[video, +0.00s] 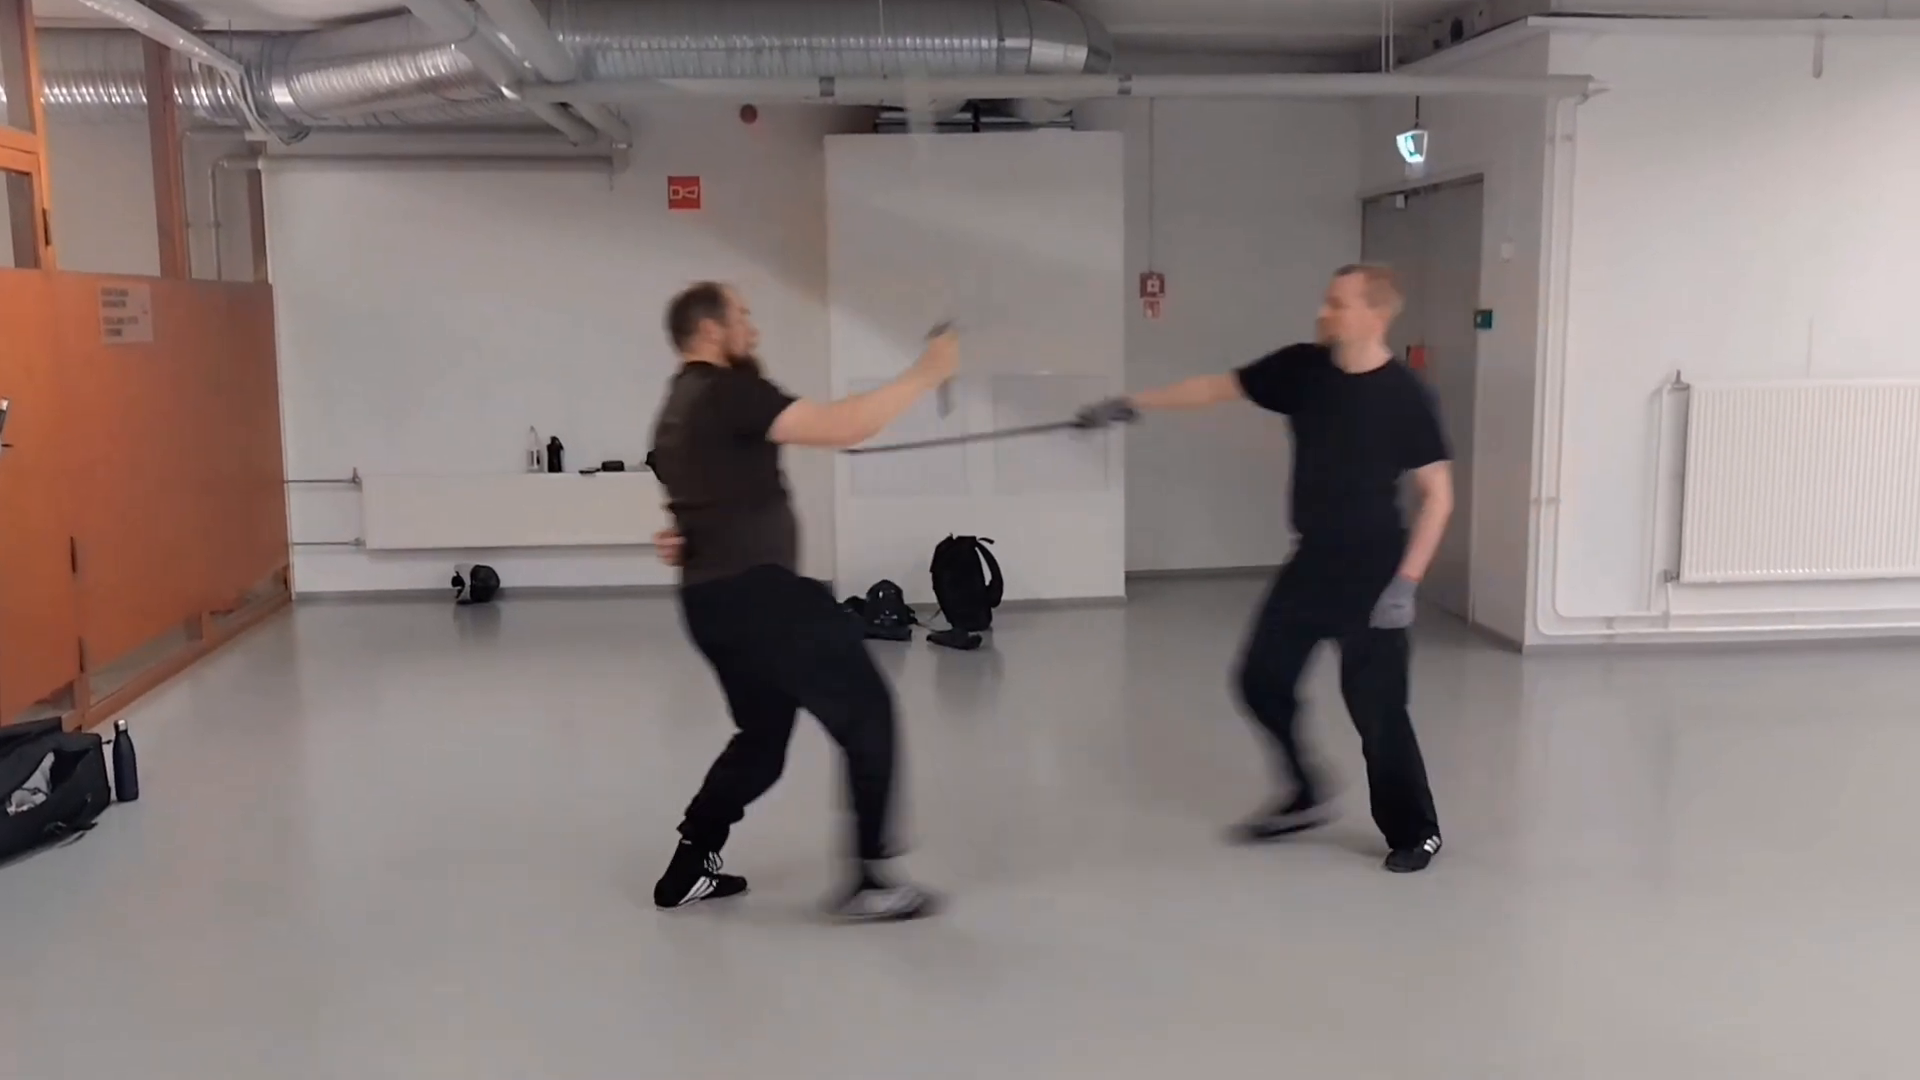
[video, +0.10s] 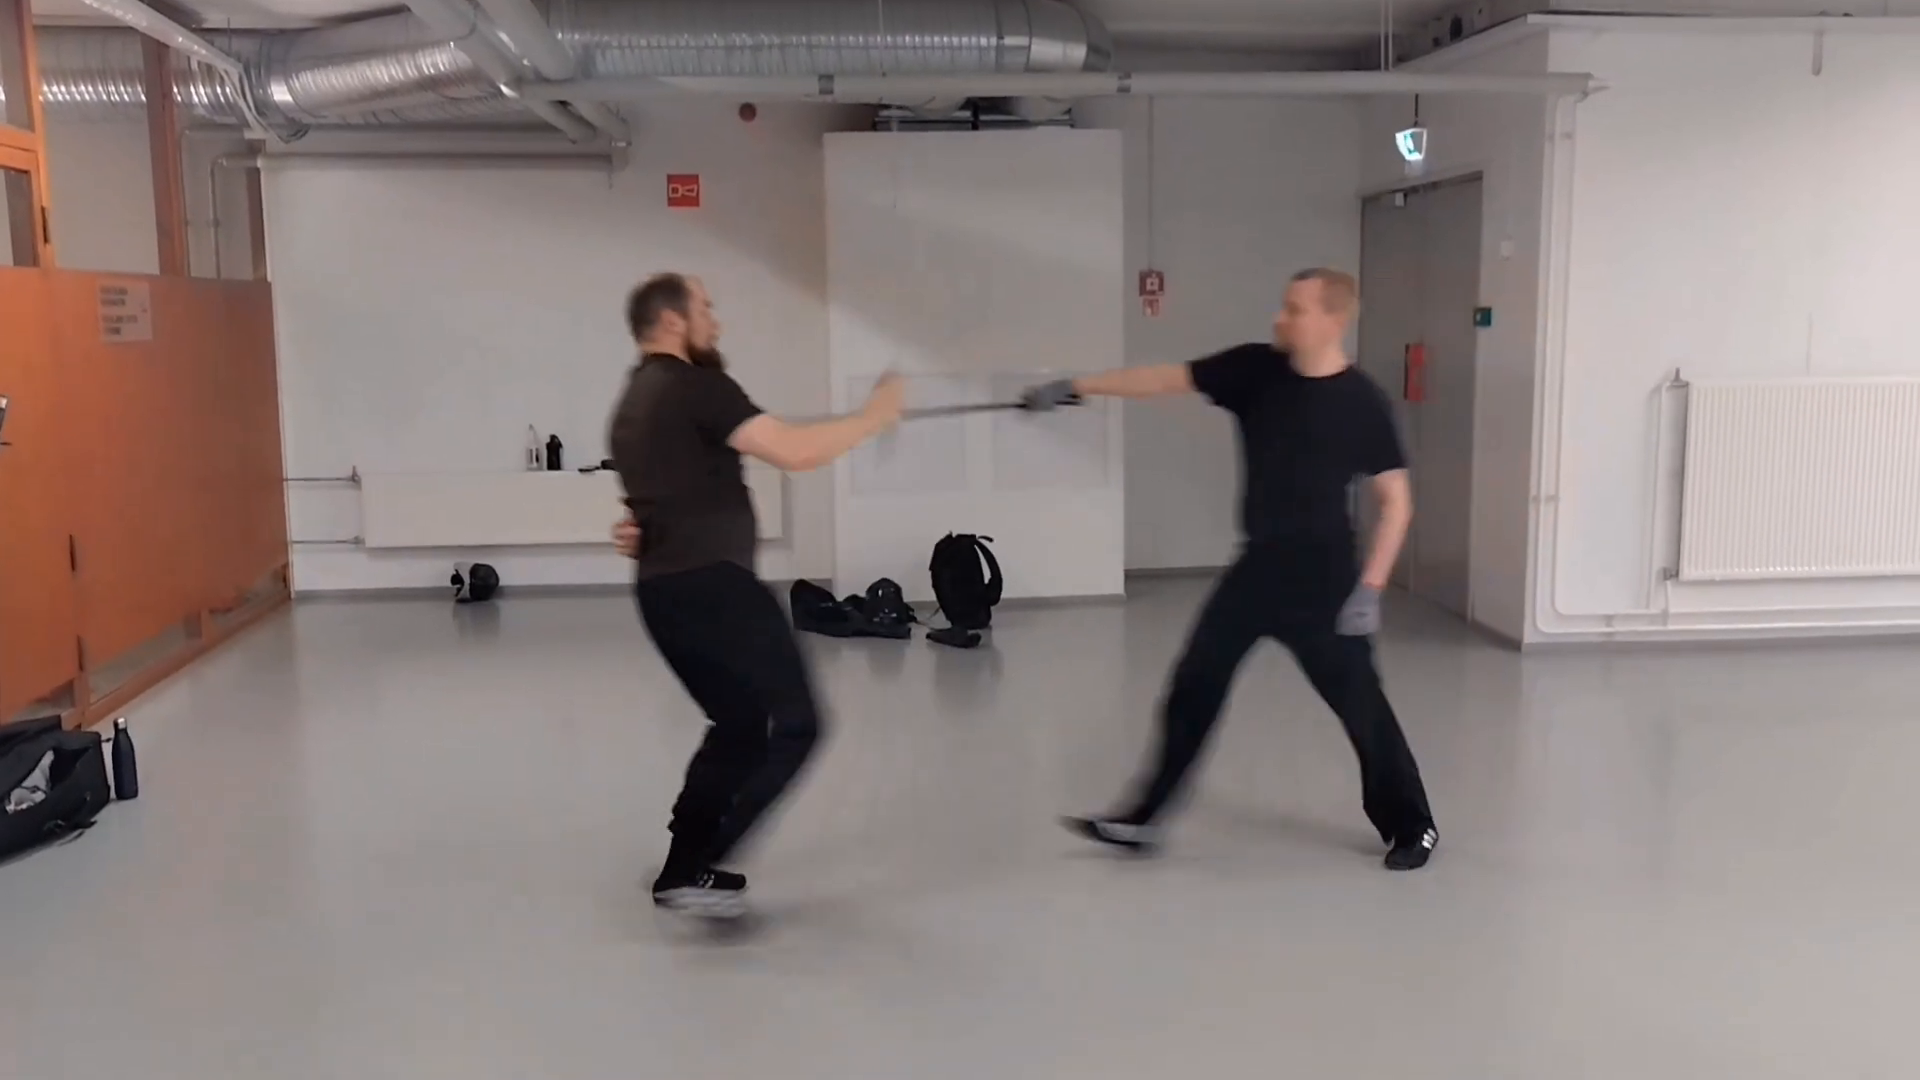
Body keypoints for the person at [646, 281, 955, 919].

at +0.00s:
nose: (754, 331)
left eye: (749, 318)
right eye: (743, 319)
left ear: (694, 336)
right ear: (709, 331)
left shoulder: (680, 403)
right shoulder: (731, 392)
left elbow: (710, 498)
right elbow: (847, 426)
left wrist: (690, 537)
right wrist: (924, 374)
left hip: (715, 601)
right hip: (766, 594)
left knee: (760, 745)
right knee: (865, 709)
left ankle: (687, 871)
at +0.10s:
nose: (716, 324)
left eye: (712, 309)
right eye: (706, 311)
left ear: (654, 328)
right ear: (673, 322)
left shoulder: (636, 397)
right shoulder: (696, 385)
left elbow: (660, 498)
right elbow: (794, 450)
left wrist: (644, 529)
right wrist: (872, 418)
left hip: (667, 592)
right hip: (715, 585)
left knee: (739, 720)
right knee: (794, 722)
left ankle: (685, 869)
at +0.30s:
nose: (658, 339)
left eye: (653, 326)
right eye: (649, 327)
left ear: (587, 343)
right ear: (616, 339)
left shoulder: (540, 414)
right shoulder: (652, 432)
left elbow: (504, 519)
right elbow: (716, 543)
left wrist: (533, 547)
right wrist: (740, 531)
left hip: (544, 610)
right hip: (589, 617)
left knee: (663, 711)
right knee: (526, 780)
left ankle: (674, 864)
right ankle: (390, 937)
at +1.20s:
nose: (790, 323)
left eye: (789, 310)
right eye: (783, 310)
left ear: (724, 318)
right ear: (749, 317)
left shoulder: (672, 385)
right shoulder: (754, 388)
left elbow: (635, 470)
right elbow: (852, 455)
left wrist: (636, 503)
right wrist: (929, 422)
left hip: (665, 577)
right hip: (721, 578)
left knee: (710, 724)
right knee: (821, 706)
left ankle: (652, 865)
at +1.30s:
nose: (819, 320)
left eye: (817, 306)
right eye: (811, 308)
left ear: (753, 318)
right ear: (776, 315)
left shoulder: (710, 383)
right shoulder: (779, 380)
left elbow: (676, 473)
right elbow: (881, 411)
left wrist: (678, 504)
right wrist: (956, 360)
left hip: (707, 577)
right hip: (763, 576)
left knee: (727, 728)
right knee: (856, 712)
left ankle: (654, 860)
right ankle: (902, 863)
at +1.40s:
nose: (852, 315)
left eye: (849, 302)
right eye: (844, 303)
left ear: (789, 315)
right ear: (812, 311)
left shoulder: (750, 382)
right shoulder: (810, 373)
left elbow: (730, 470)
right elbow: (906, 361)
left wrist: (719, 501)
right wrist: (971, 293)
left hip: (742, 580)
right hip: (797, 581)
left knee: (743, 726)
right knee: (890, 706)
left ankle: (653, 858)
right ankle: (904, 865)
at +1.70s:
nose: (896, 315)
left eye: (895, 303)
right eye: (889, 297)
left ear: (827, 300)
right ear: (866, 299)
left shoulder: (800, 373)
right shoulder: (839, 349)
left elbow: (796, 465)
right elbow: (913, 274)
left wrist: (767, 492)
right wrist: (952, 190)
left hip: (771, 564)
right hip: (822, 566)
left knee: (754, 708)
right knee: (911, 704)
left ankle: (666, 837)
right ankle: (903, 860)